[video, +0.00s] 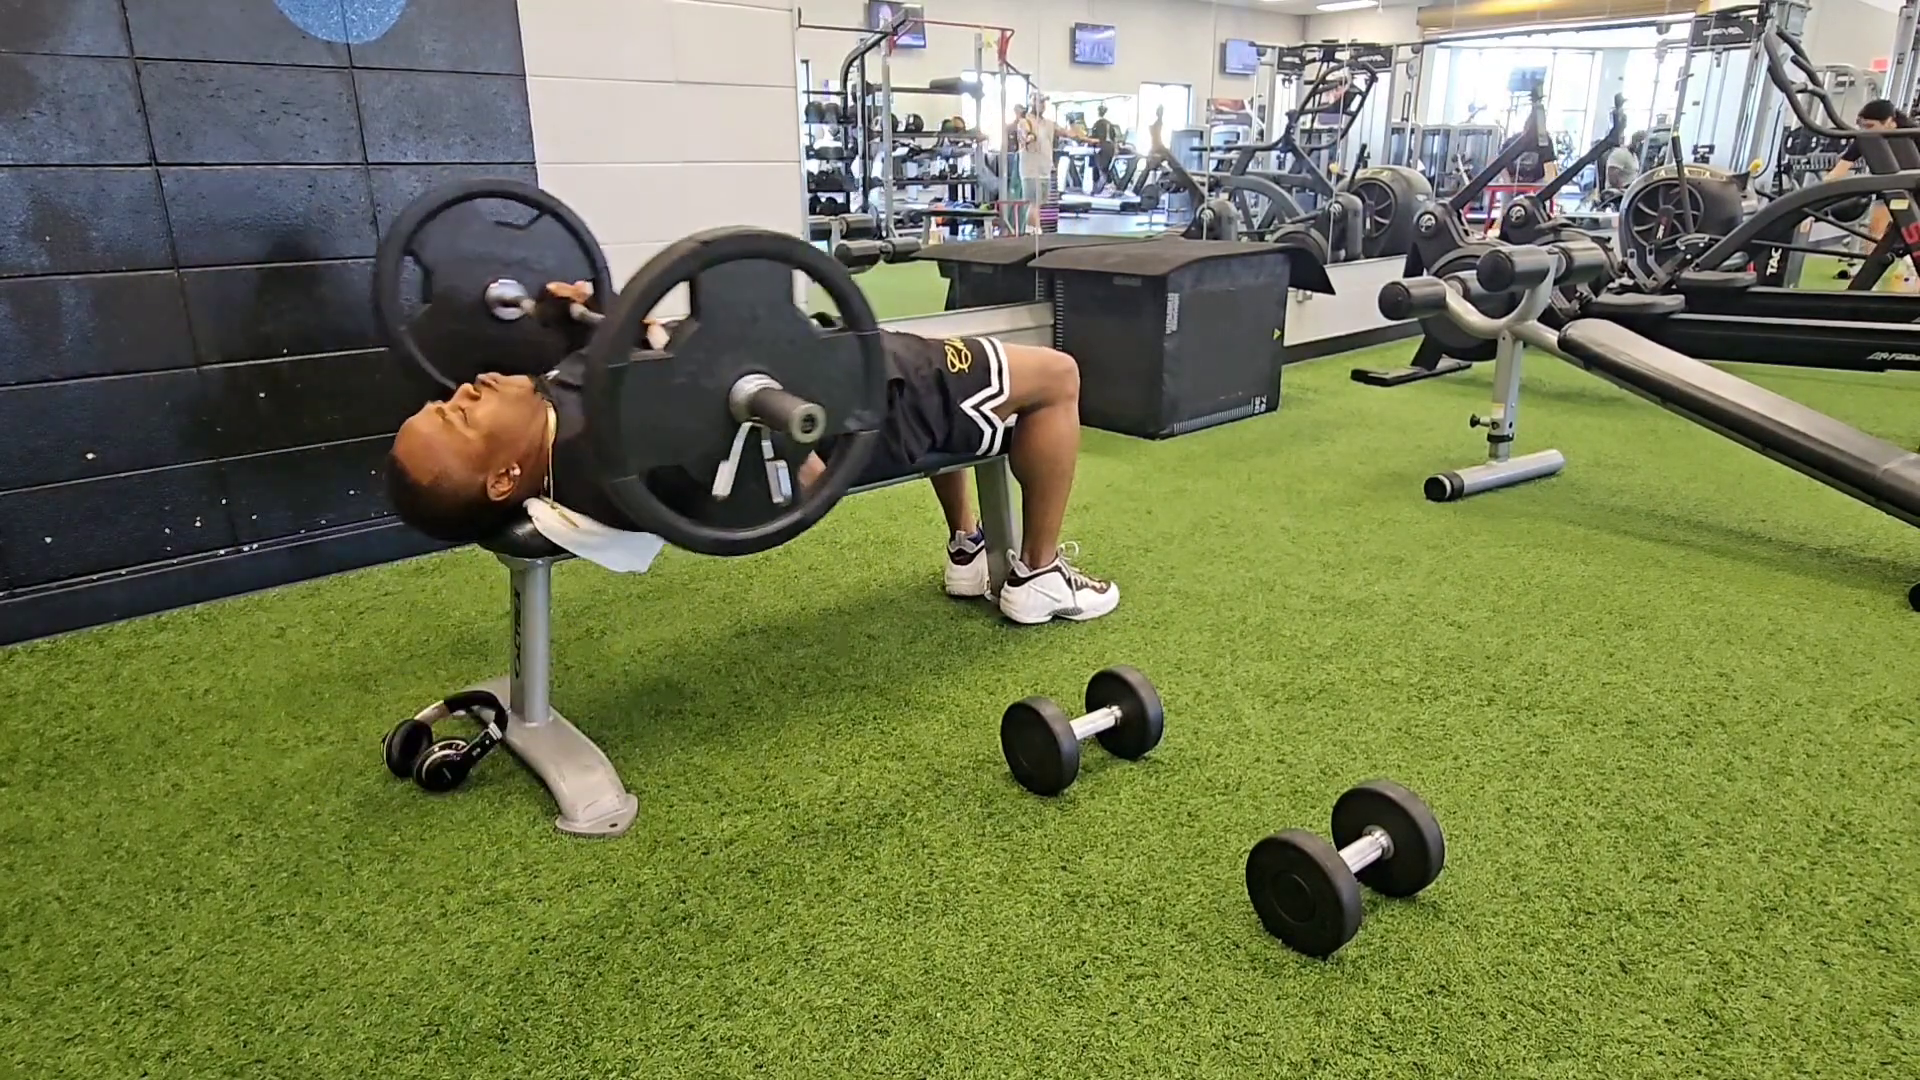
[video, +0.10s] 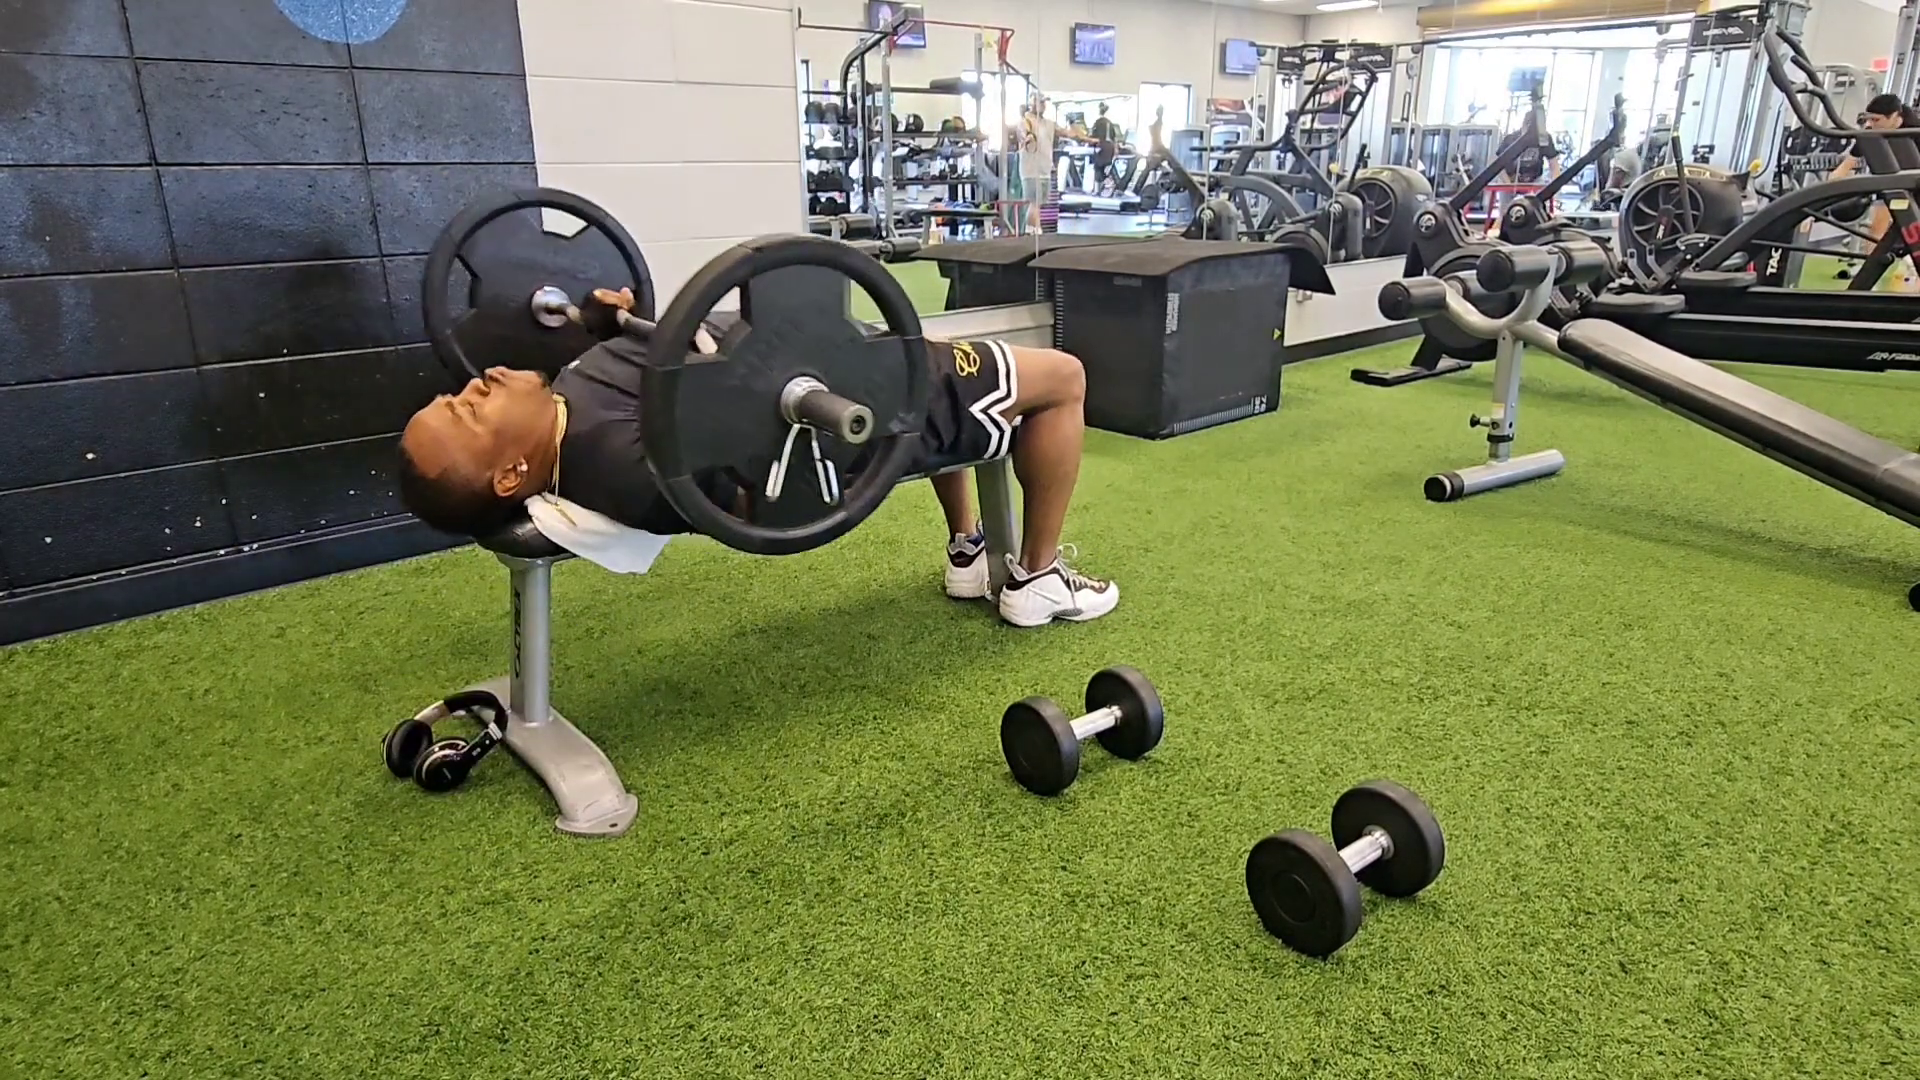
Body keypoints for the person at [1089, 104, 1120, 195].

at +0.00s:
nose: (1100, 112)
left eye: (1100, 110)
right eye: (1100, 110)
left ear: (1098, 111)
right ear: (1105, 112)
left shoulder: (1097, 124)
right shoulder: (1109, 124)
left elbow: (1094, 136)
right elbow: (1113, 136)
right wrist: (1114, 144)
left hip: (1101, 145)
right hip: (1110, 145)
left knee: (1101, 167)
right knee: (1106, 167)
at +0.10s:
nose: (1100, 110)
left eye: (1100, 109)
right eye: (1101, 109)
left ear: (1100, 110)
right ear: (1106, 110)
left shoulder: (1098, 122)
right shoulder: (1109, 123)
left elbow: (1094, 135)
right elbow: (1113, 135)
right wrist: (1115, 145)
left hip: (1100, 145)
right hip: (1110, 145)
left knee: (1098, 166)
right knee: (1104, 166)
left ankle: (1098, 188)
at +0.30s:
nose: (1103, 106)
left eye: (1104, 104)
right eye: (1102, 104)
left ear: (1103, 106)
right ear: (1106, 106)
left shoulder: (1103, 118)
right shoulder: (1109, 119)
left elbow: (1101, 133)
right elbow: (1112, 133)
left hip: (1108, 145)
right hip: (1114, 145)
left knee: (1107, 166)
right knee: (1093, 159)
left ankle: (1108, 188)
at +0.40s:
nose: (1098, 111)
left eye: (1099, 109)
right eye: (1099, 109)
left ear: (1101, 109)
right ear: (1105, 109)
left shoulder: (1102, 121)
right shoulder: (1109, 121)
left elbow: (1101, 135)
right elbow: (1113, 134)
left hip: (1106, 145)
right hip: (1113, 144)